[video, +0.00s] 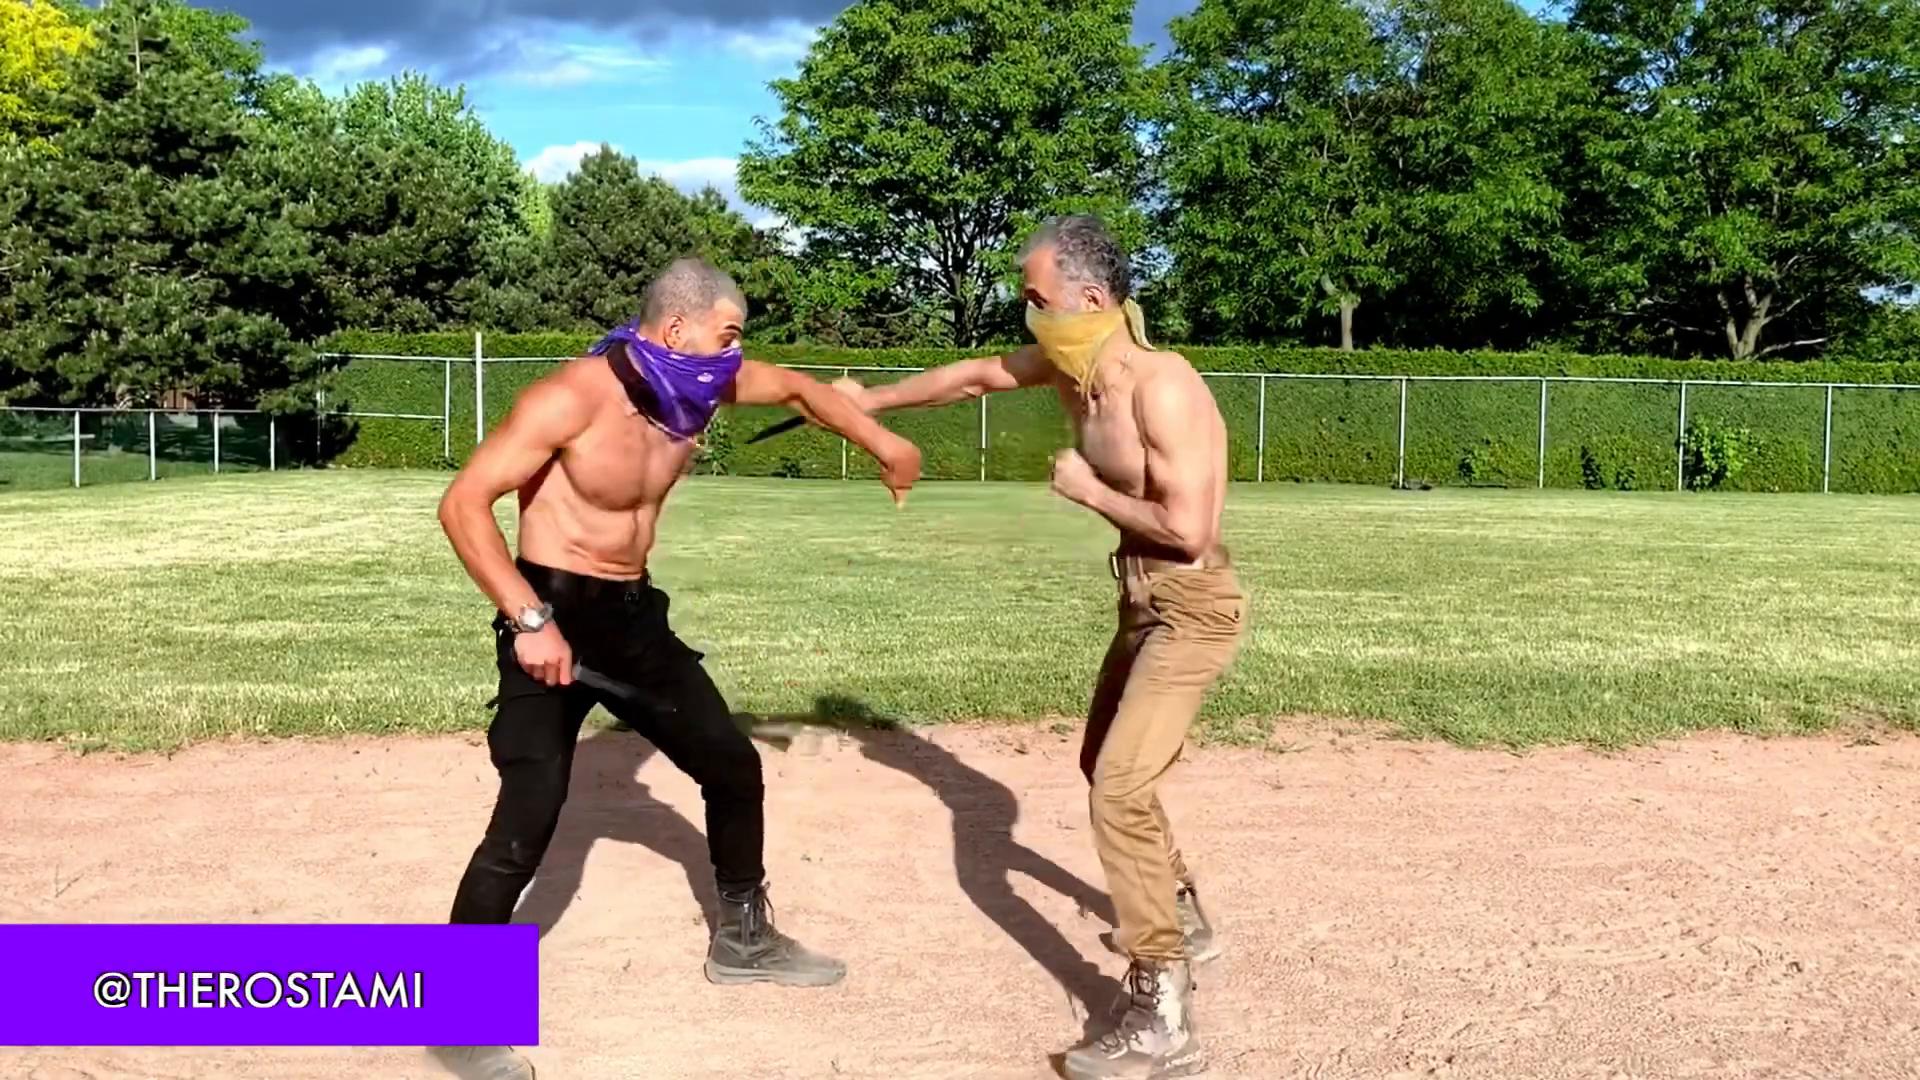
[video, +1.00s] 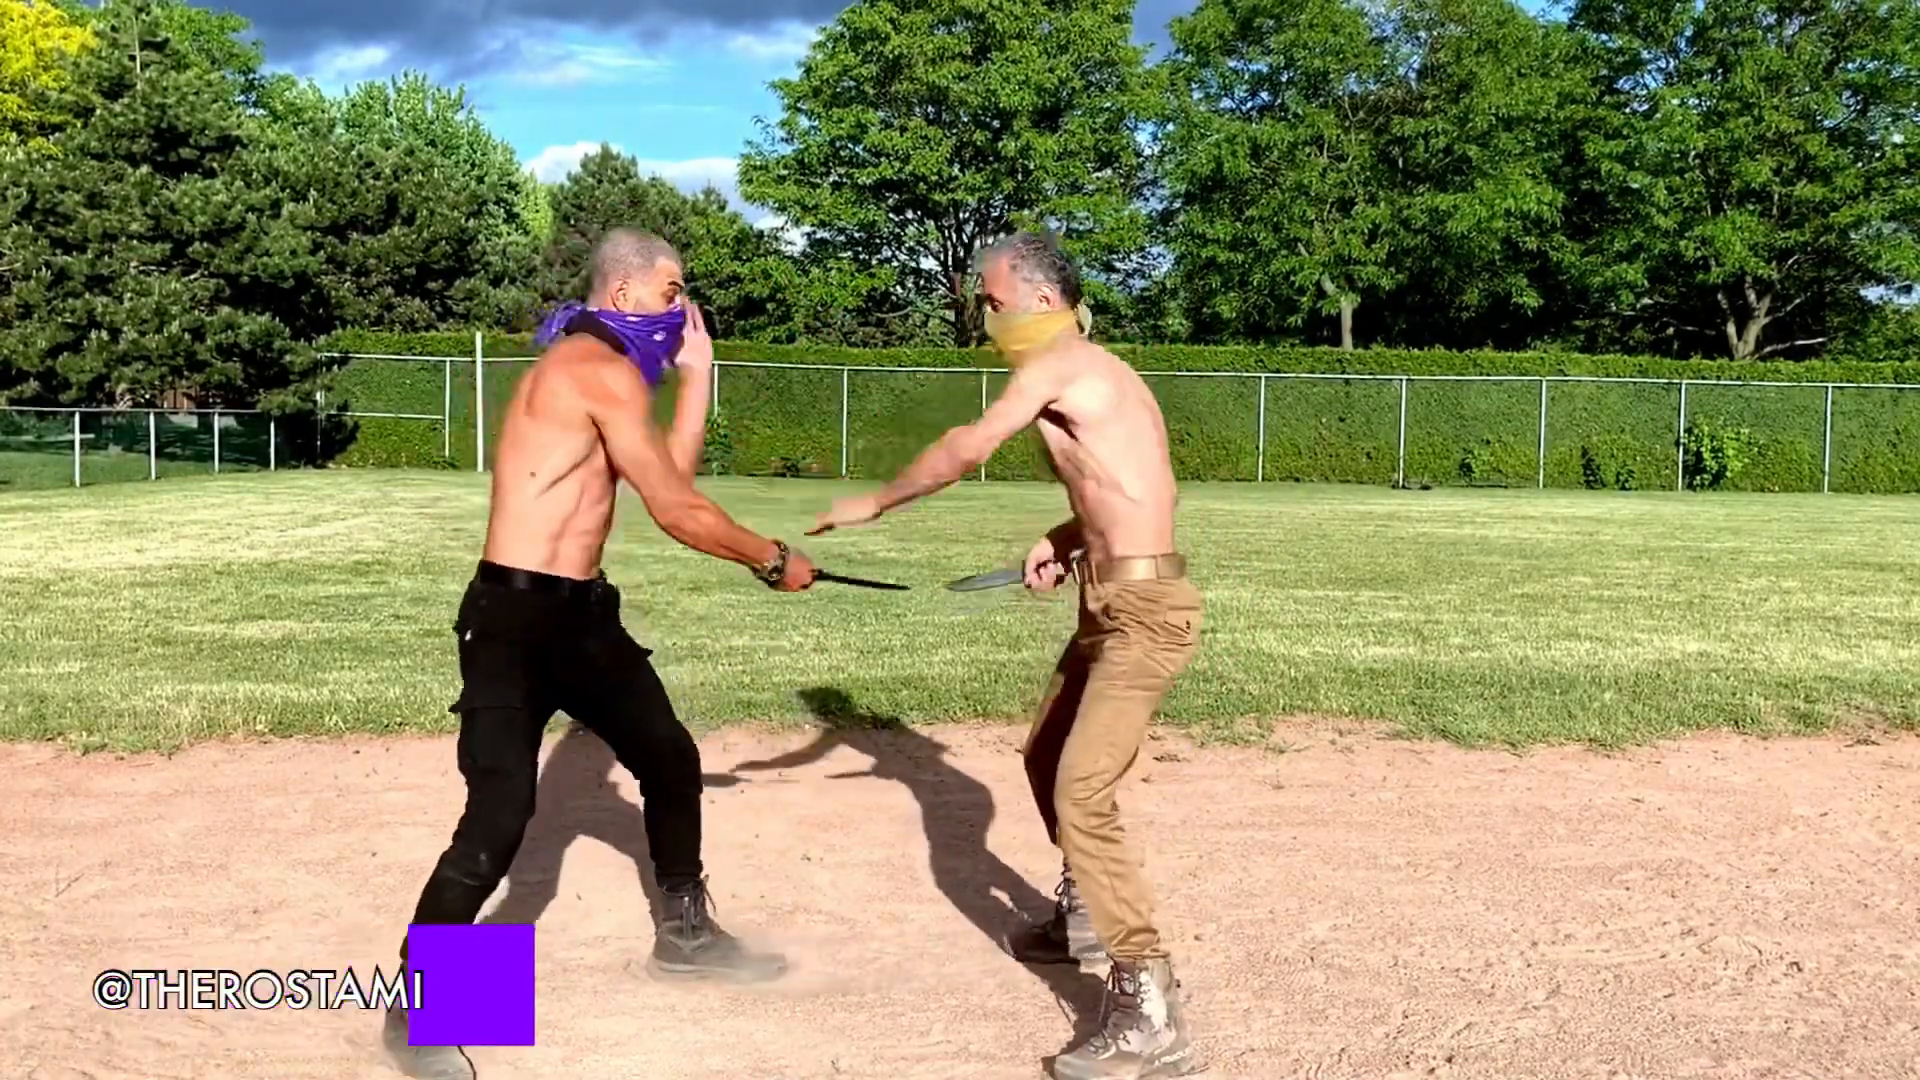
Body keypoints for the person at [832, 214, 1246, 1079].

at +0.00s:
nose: (1029, 314)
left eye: (1037, 297)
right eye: (1027, 298)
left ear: (1092, 296)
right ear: (1081, 297)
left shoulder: (1166, 387)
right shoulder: (1076, 369)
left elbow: (1189, 531)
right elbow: (974, 376)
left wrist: (1092, 492)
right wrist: (870, 397)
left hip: (1192, 613)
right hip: (1143, 609)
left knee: (1123, 786)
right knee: (1102, 763)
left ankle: (1163, 1013)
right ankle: (1180, 915)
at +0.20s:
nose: (1018, 330)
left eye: (1029, 315)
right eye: (1014, 315)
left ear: (1079, 315)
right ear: (1072, 317)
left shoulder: (1115, 393)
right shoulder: (1105, 374)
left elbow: (1041, 484)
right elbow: (1094, 474)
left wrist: (932, 476)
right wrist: (1025, 493)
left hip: (1157, 620)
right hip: (1112, 610)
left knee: (1104, 790)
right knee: (1050, 763)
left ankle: (1161, 1009)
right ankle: (1085, 917)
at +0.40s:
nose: (992, 320)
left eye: (998, 303)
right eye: (989, 305)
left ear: (1048, 300)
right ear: (1044, 302)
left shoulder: (1094, 381)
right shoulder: (1068, 381)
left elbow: (1065, 515)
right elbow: (1049, 499)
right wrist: (991, 461)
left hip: (1148, 608)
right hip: (1106, 605)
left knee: (1087, 792)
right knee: (1043, 759)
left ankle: (1155, 1007)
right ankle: (1085, 914)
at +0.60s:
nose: (976, 304)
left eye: (984, 286)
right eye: (971, 290)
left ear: (1036, 278)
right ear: (1008, 286)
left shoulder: (1121, 353)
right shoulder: (1009, 390)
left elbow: (1217, 446)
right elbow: (1001, 508)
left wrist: (1098, 466)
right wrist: (955, 484)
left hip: (1142, 592)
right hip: (1067, 599)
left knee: (1102, 784)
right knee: (1035, 778)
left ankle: (1158, 1004)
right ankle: (1082, 912)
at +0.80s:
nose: (964, 320)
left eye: (971, 304)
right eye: (959, 307)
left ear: (1018, 295)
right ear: (1007, 299)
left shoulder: (1080, 348)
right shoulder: (1039, 385)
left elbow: (1112, 412)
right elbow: (1083, 507)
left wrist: (1009, 404)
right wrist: (1040, 550)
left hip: (1137, 597)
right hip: (1087, 604)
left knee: (1087, 791)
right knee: (1038, 770)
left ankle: (1157, 1012)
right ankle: (1084, 918)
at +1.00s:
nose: (986, 317)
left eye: (993, 300)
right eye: (985, 302)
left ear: (1038, 295)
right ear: (1051, 298)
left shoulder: (1055, 366)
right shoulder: (1093, 369)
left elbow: (967, 449)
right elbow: (1135, 485)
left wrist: (881, 499)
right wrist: (1069, 539)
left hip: (1145, 611)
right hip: (1114, 606)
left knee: (1083, 791)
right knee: (1046, 759)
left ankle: (1149, 1008)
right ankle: (1088, 910)